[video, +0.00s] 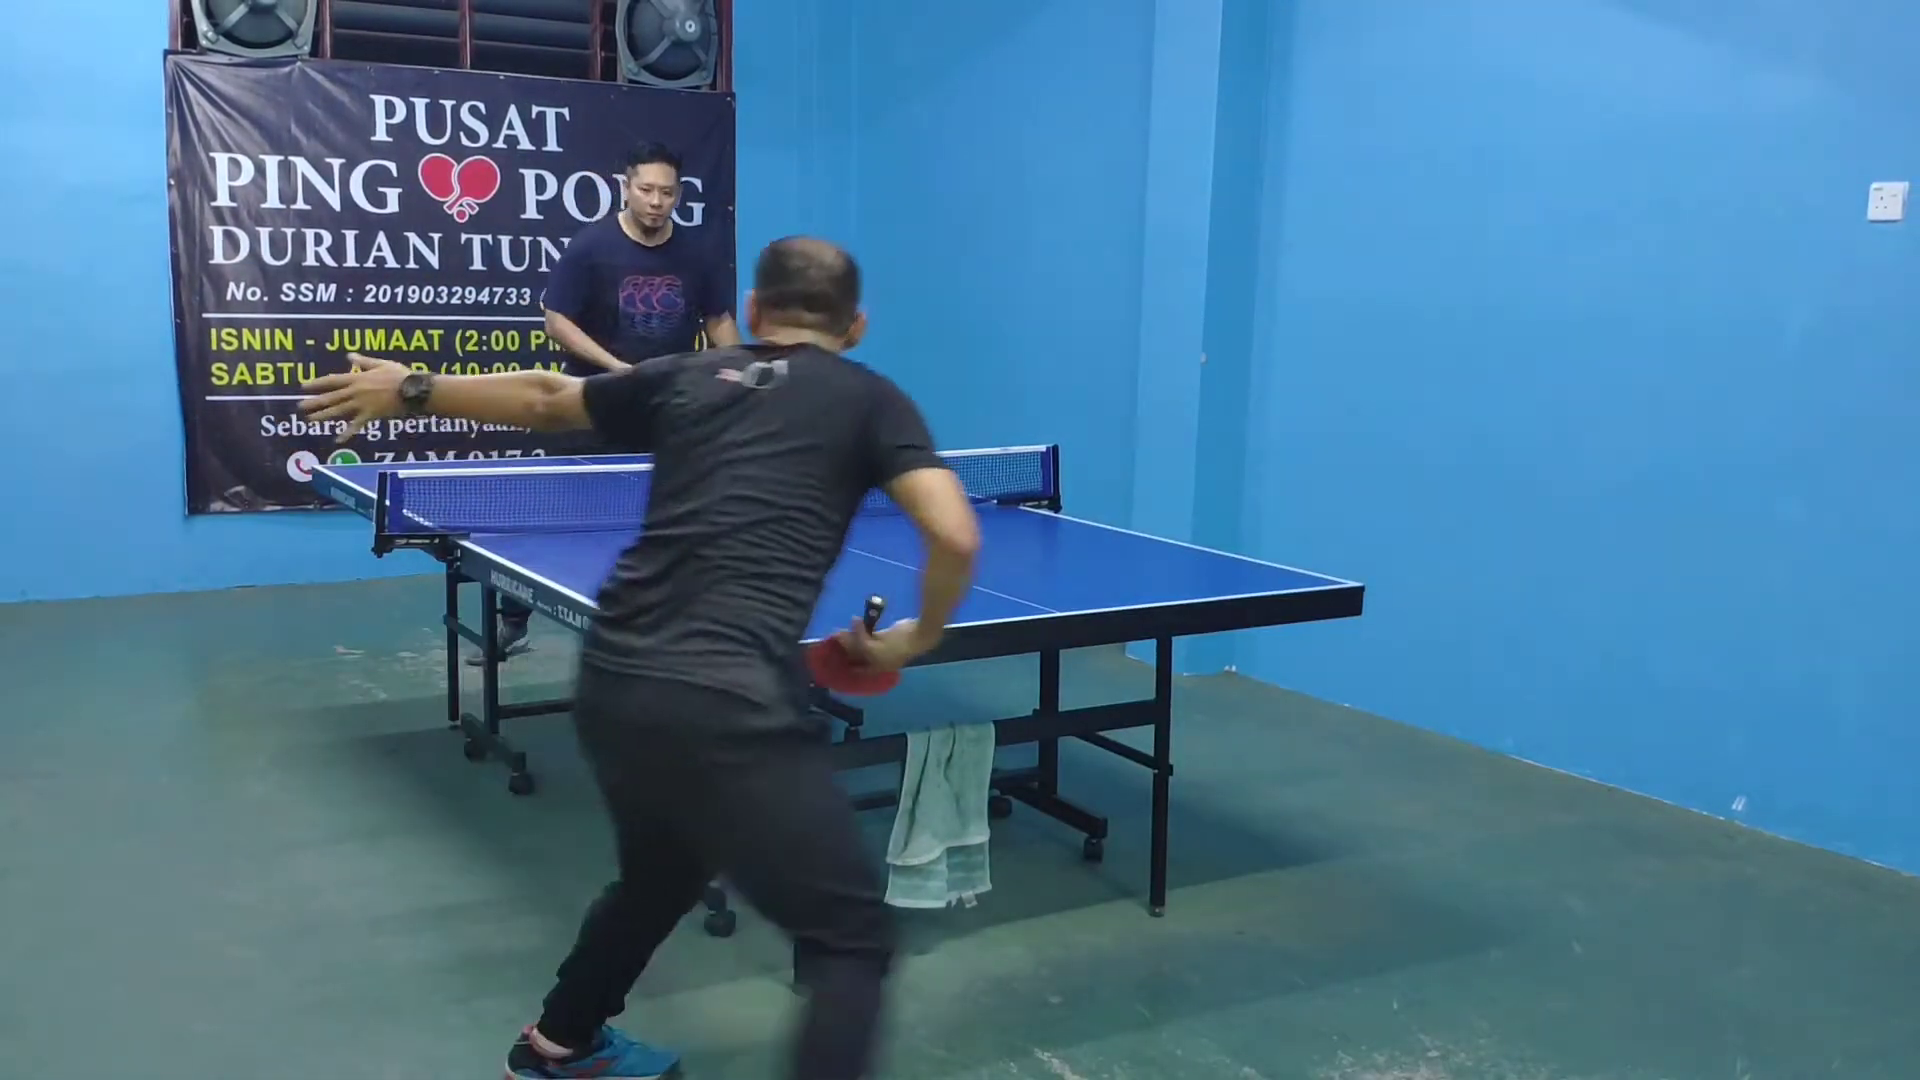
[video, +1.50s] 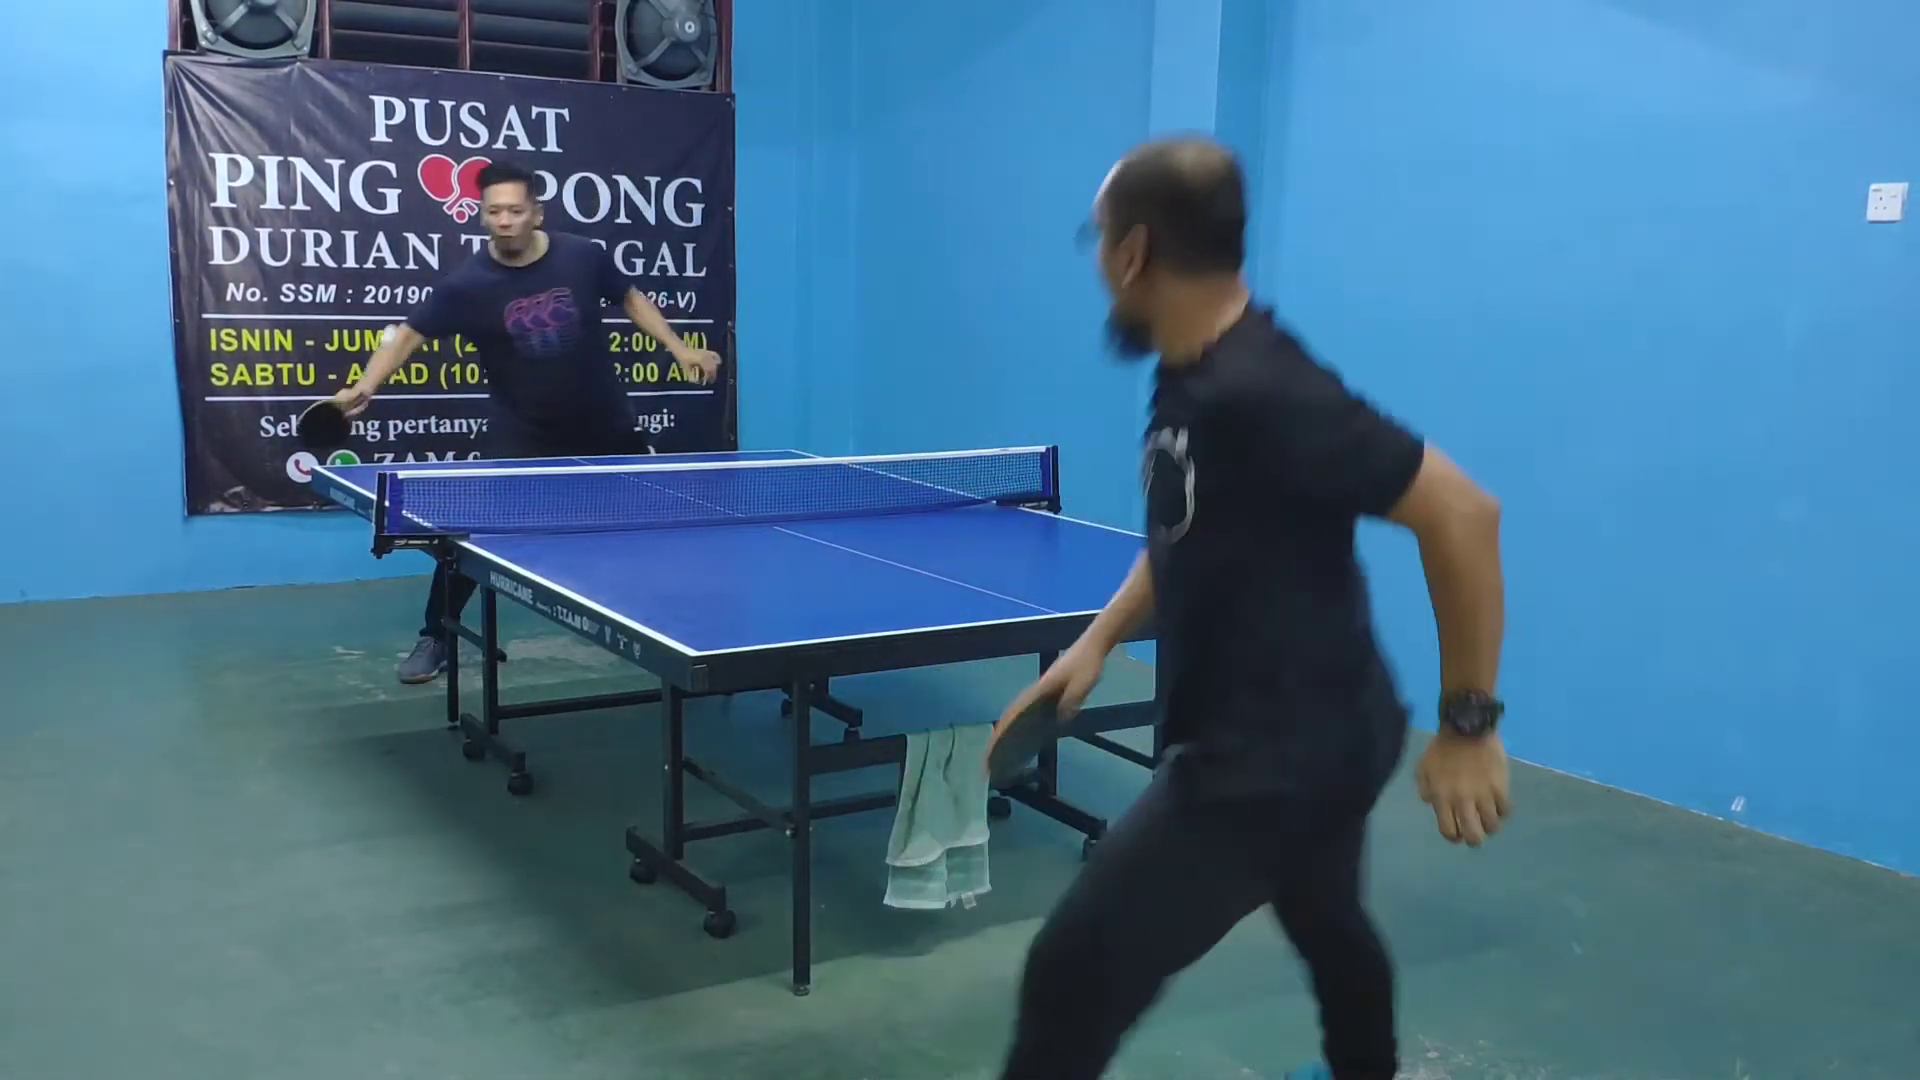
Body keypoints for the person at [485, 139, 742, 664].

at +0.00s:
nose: (657, 201)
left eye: (666, 191)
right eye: (647, 189)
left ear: (677, 196)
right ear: (626, 190)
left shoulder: (696, 254)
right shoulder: (590, 248)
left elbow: (720, 324)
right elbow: (555, 319)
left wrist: (738, 373)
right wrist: (614, 365)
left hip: (671, 412)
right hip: (594, 406)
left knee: (669, 519)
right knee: (550, 510)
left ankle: (668, 617)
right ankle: (512, 618)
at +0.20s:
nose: (672, 240)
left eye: (682, 229)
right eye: (662, 227)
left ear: (690, 226)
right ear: (636, 216)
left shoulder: (681, 262)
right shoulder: (602, 276)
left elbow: (704, 317)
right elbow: (604, 374)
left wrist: (748, 361)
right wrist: (686, 388)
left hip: (665, 419)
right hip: (595, 424)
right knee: (549, 523)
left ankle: (706, 637)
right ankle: (498, 631)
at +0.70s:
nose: (634, 219)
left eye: (641, 208)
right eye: (622, 208)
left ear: (648, 212)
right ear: (593, 209)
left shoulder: (645, 257)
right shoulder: (566, 274)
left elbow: (671, 306)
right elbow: (564, 360)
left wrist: (727, 345)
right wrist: (622, 380)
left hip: (628, 410)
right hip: (563, 416)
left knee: (680, 501)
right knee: (533, 521)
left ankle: (694, 633)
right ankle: (491, 641)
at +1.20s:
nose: (610, 207)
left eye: (616, 197)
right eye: (597, 198)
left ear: (623, 201)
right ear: (572, 204)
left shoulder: (647, 260)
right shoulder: (545, 269)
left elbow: (688, 320)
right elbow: (508, 341)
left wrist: (715, 340)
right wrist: (549, 383)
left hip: (647, 427)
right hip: (566, 432)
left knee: (692, 516)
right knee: (522, 529)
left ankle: (702, 640)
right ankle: (485, 638)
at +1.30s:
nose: (593, 204)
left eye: (601, 194)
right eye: (581, 195)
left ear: (614, 200)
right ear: (560, 201)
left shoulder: (639, 257)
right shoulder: (535, 263)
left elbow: (677, 315)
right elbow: (486, 330)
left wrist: (711, 338)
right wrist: (512, 364)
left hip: (635, 424)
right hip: (559, 426)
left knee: (656, 526)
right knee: (516, 526)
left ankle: (673, 637)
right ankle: (478, 634)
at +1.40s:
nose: (555, 210)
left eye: (564, 200)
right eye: (545, 201)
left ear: (584, 204)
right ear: (532, 206)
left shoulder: (622, 255)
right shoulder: (512, 268)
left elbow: (667, 308)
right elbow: (453, 322)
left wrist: (710, 346)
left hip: (623, 417)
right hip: (546, 420)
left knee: (657, 519)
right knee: (494, 511)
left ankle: (681, 638)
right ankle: (455, 626)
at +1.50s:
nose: (505, 221)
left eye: (515, 210)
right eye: (495, 211)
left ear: (536, 210)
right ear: (483, 216)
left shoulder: (582, 257)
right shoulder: (467, 284)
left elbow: (630, 298)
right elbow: (408, 334)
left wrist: (681, 349)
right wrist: (365, 386)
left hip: (605, 427)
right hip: (521, 434)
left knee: (663, 522)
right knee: (471, 524)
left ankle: (695, 639)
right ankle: (436, 636)